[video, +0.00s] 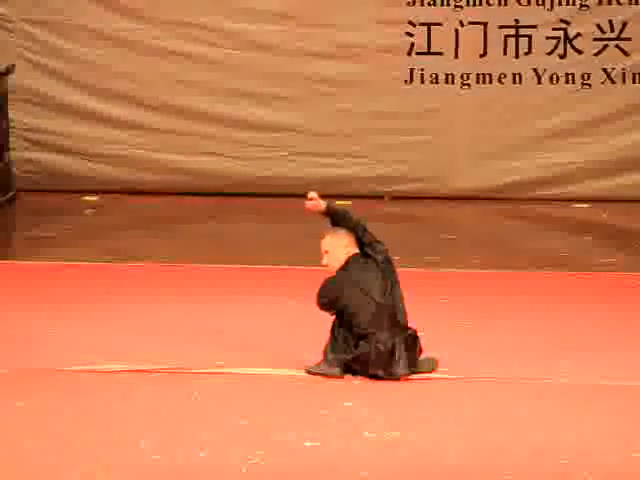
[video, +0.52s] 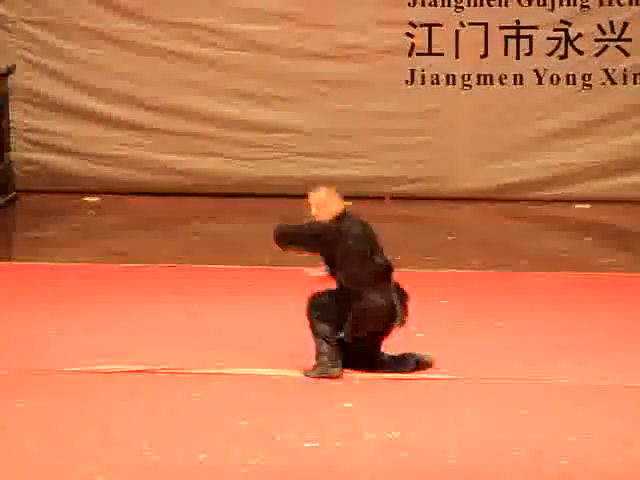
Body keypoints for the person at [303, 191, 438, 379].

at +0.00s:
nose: (323, 262)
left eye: (326, 254)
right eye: (323, 255)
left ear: (344, 250)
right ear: (351, 247)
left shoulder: (341, 282)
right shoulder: (379, 257)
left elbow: (323, 302)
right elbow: (358, 228)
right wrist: (326, 209)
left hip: (368, 361)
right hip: (402, 357)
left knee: (344, 317)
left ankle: (333, 362)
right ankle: (416, 362)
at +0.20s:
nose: (323, 266)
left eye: (326, 258)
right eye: (323, 259)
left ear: (342, 255)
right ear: (351, 251)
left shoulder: (341, 285)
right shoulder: (378, 261)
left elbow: (321, 306)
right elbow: (356, 235)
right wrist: (326, 216)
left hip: (367, 360)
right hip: (401, 356)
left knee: (345, 316)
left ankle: (333, 361)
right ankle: (420, 361)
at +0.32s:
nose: (316, 259)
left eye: (320, 252)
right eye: (317, 252)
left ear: (335, 251)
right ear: (346, 247)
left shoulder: (336, 277)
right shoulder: (370, 257)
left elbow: (301, 298)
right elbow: (345, 235)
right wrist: (312, 226)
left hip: (373, 359)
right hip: (405, 351)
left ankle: (333, 361)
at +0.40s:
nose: (316, 244)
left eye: (317, 239)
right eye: (314, 239)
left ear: (325, 239)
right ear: (345, 234)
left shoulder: (327, 265)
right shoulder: (369, 250)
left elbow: (285, 281)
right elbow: (338, 258)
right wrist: (306, 244)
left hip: (361, 353)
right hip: (394, 349)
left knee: (335, 308)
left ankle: (330, 362)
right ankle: (406, 361)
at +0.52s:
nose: (312, 213)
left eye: (315, 207)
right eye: (311, 207)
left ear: (329, 206)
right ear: (338, 205)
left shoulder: (330, 231)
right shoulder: (361, 226)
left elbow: (282, 234)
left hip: (363, 304)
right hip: (388, 302)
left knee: (319, 304)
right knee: (356, 358)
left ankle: (328, 363)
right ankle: (413, 362)